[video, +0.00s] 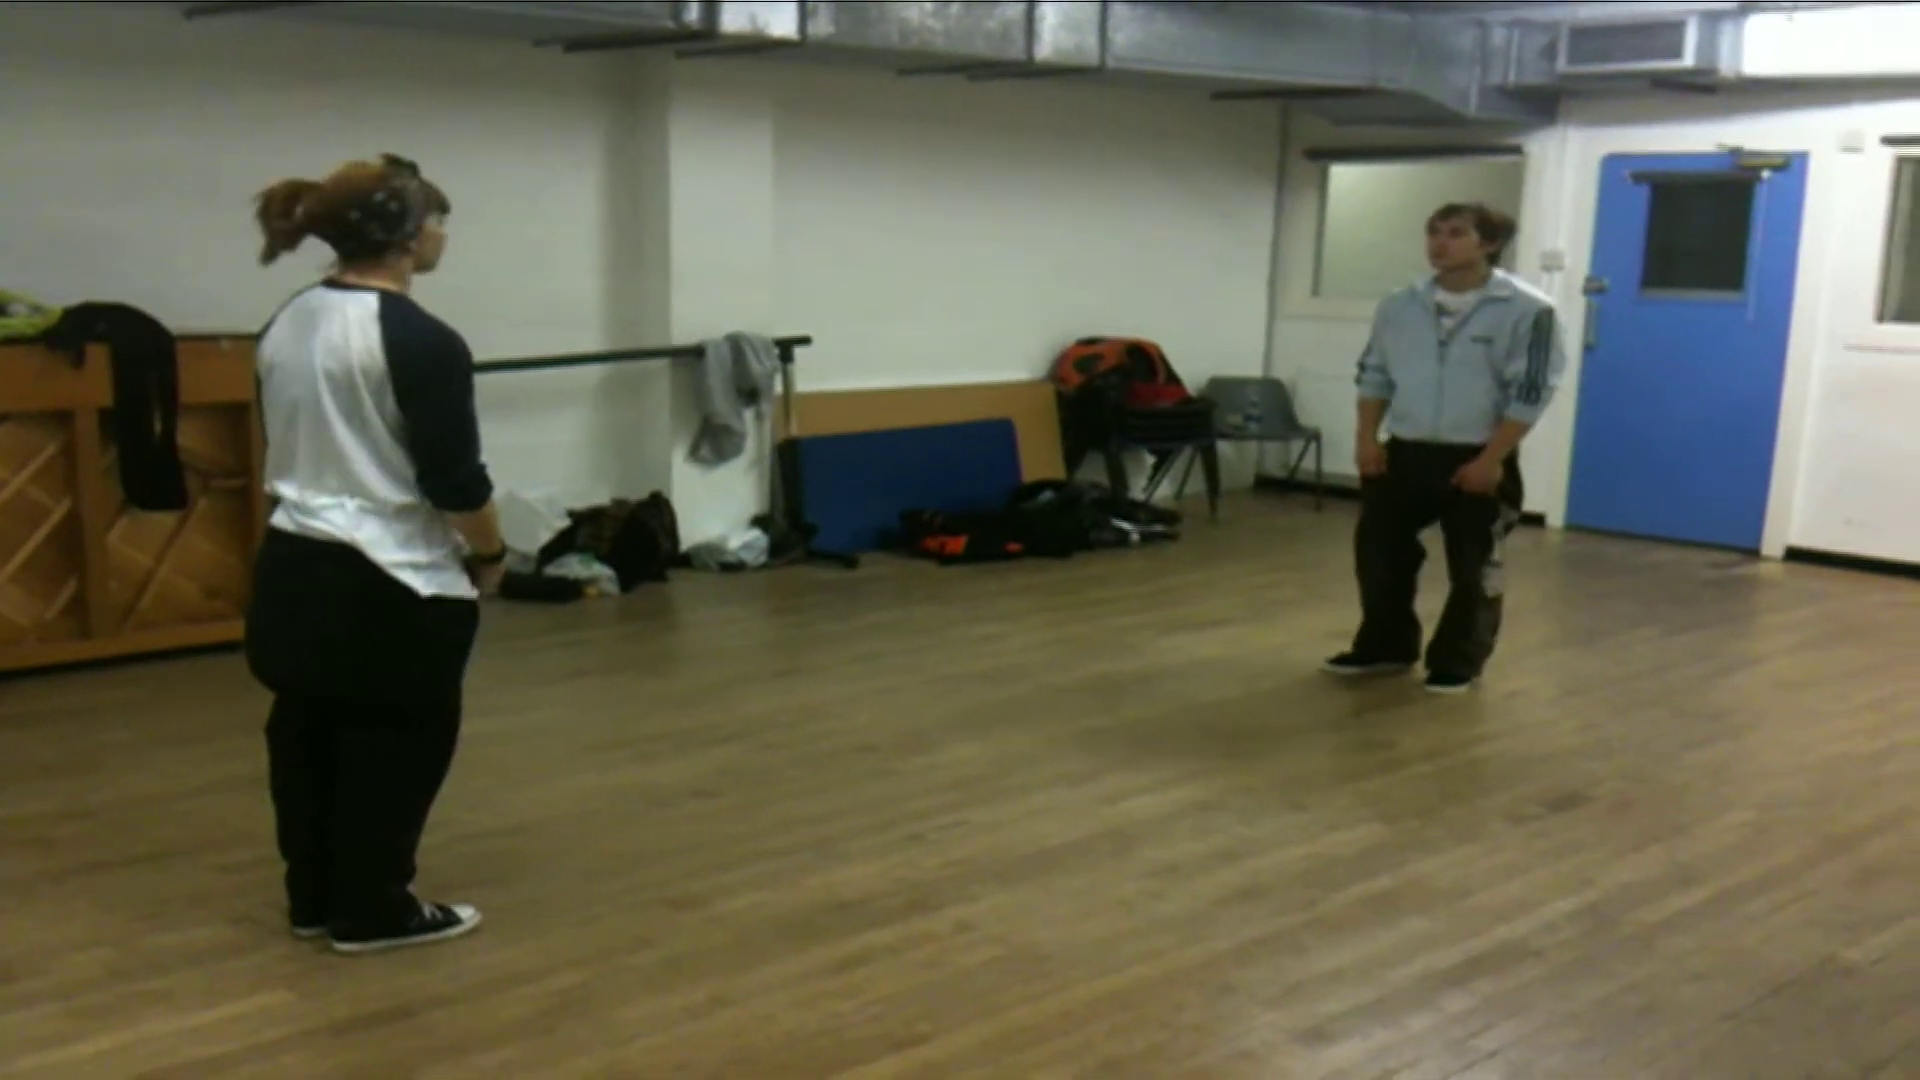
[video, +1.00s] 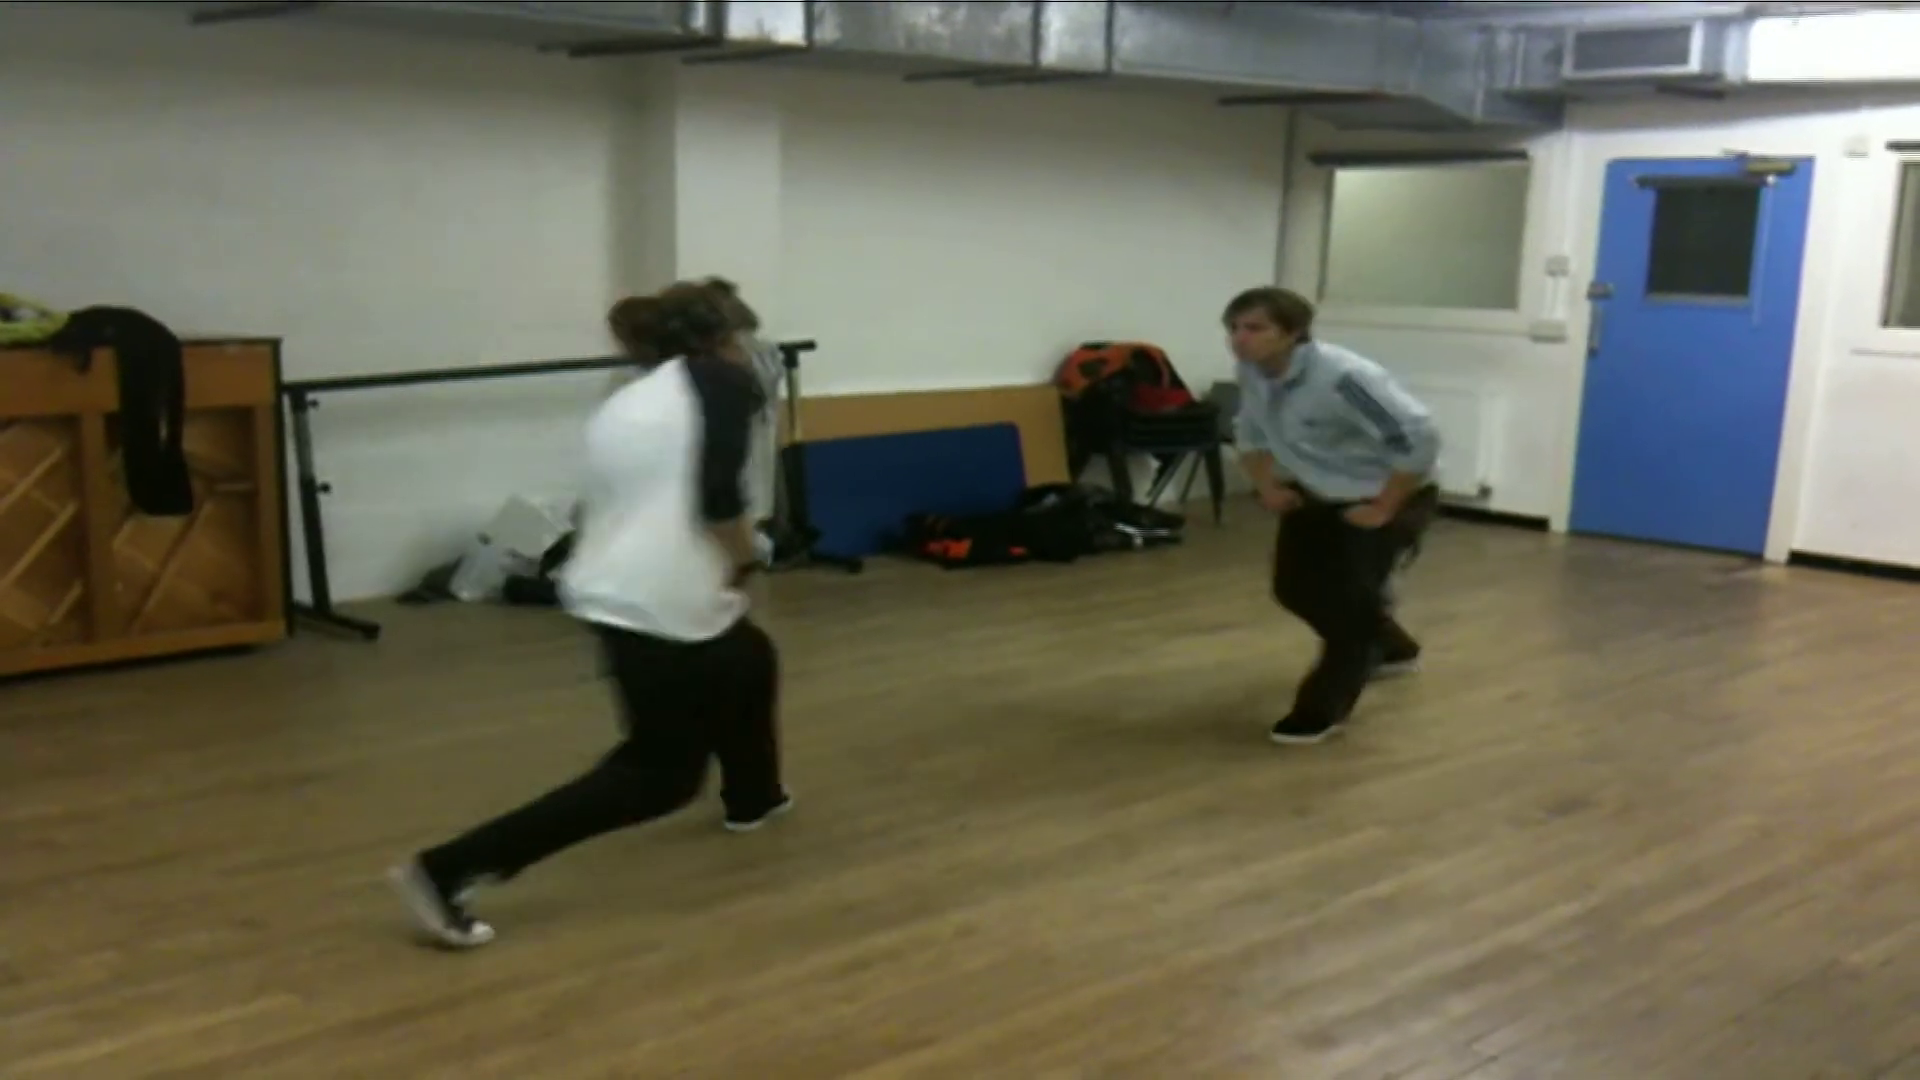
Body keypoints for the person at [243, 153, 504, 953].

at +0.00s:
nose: (443, 237)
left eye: (442, 223)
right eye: (437, 224)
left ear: (348, 232)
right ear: (409, 233)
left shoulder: (286, 326)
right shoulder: (423, 344)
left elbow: (289, 456)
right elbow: (457, 483)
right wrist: (490, 554)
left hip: (294, 572)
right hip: (396, 586)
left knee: (310, 725)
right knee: (407, 741)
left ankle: (315, 895)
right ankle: (374, 905)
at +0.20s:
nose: (468, 241)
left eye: (466, 229)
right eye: (462, 229)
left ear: (382, 240)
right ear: (430, 243)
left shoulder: (311, 329)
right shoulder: (439, 348)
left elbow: (310, 461)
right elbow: (456, 489)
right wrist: (472, 571)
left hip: (292, 578)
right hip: (392, 593)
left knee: (319, 728)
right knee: (421, 750)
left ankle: (320, 903)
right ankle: (380, 915)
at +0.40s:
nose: (504, 244)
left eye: (501, 230)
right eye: (496, 231)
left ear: (420, 241)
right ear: (460, 243)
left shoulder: (355, 324)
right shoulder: (467, 346)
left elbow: (354, 457)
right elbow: (474, 488)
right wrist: (490, 577)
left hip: (318, 572)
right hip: (409, 586)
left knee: (334, 730)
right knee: (435, 744)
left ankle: (325, 898)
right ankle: (385, 907)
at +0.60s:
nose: (562, 257)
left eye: (560, 242)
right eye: (554, 245)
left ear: (479, 253)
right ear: (521, 257)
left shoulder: (416, 321)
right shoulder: (508, 353)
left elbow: (430, 458)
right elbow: (538, 505)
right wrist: (550, 587)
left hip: (380, 566)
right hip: (456, 586)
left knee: (420, 730)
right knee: (451, 751)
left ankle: (349, 872)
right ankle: (378, 907)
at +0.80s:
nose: (648, 308)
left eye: (646, 293)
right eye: (641, 295)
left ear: (569, 301)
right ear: (616, 304)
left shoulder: (522, 362)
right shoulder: (607, 383)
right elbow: (624, 521)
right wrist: (630, 585)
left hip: (461, 568)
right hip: (511, 585)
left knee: (628, 666)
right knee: (582, 744)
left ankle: (631, 818)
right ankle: (400, 886)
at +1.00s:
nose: (746, 346)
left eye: (745, 335)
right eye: (740, 336)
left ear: (671, 340)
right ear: (718, 337)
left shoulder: (629, 397)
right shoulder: (723, 382)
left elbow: (611, 506)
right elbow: (719, 496)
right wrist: (744, 559)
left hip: (606, 590)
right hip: (663, 599)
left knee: (749, 661)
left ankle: (753, 797)